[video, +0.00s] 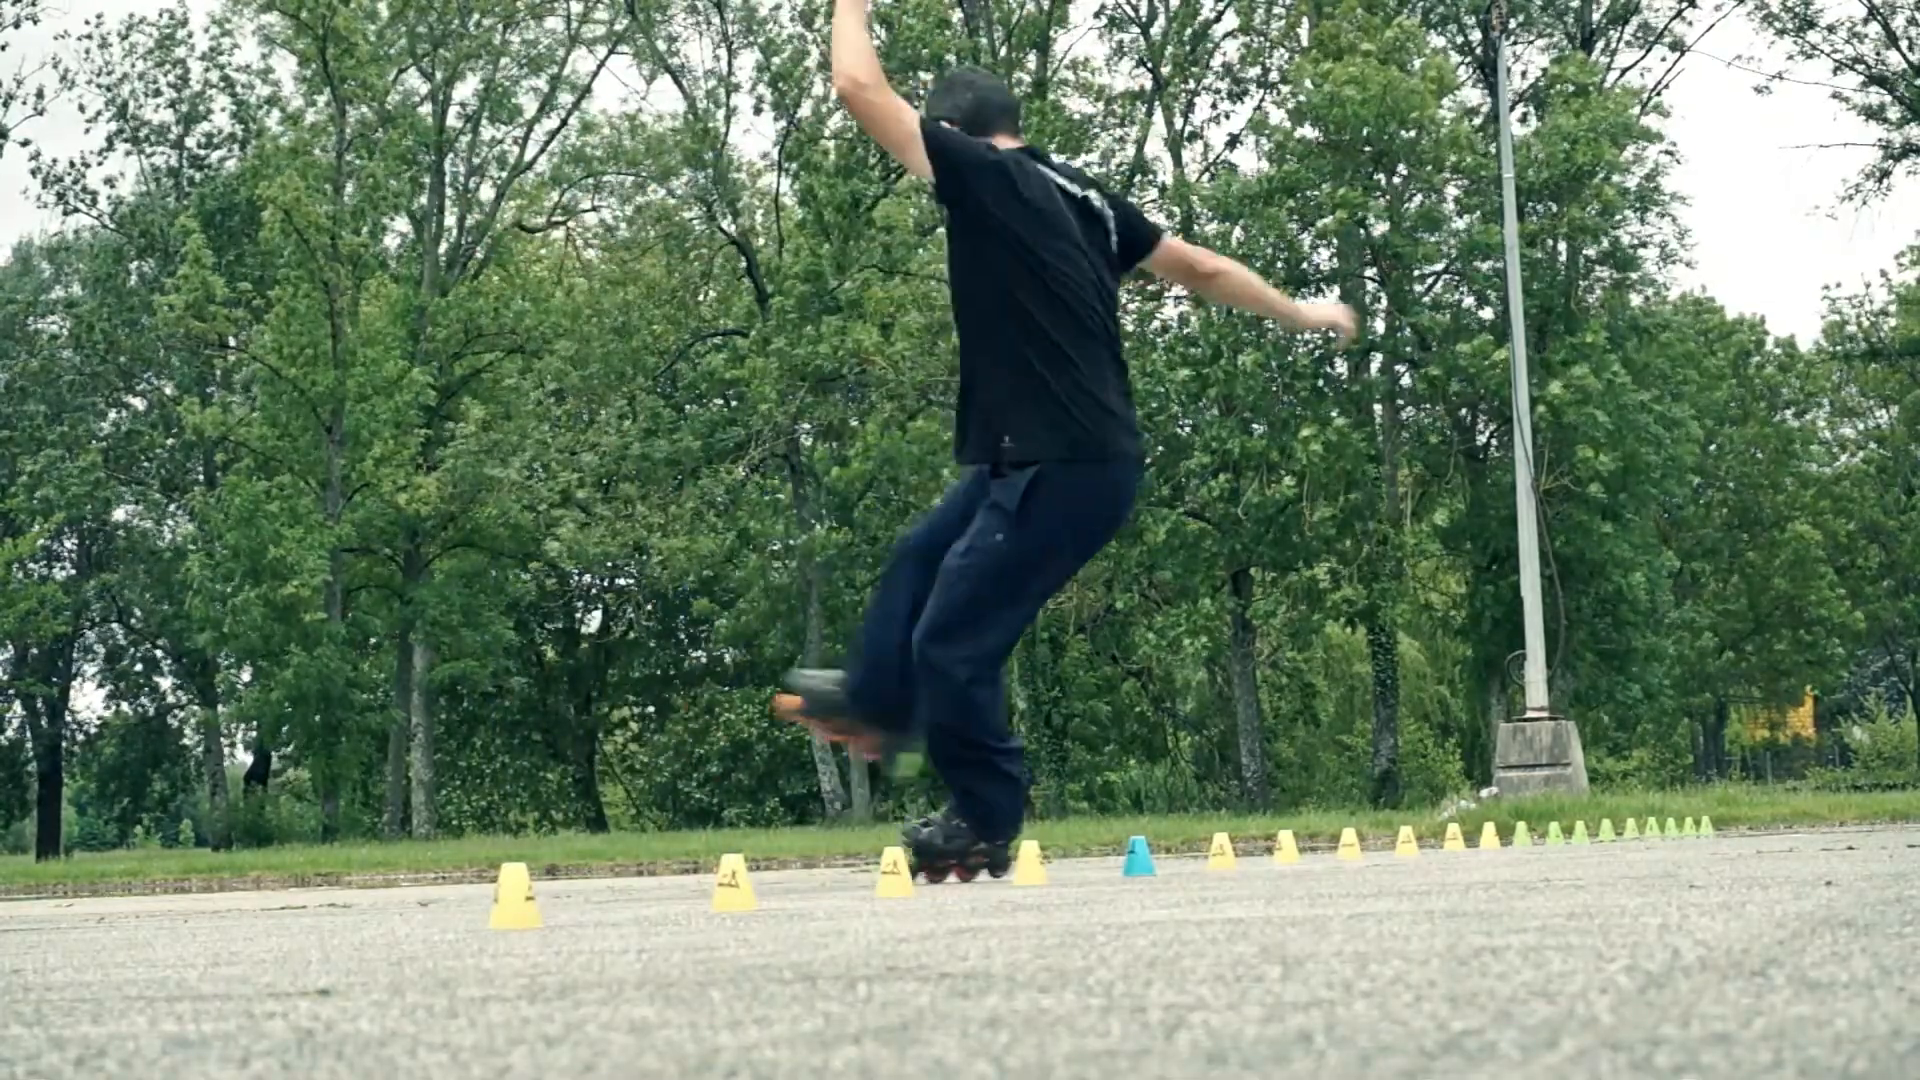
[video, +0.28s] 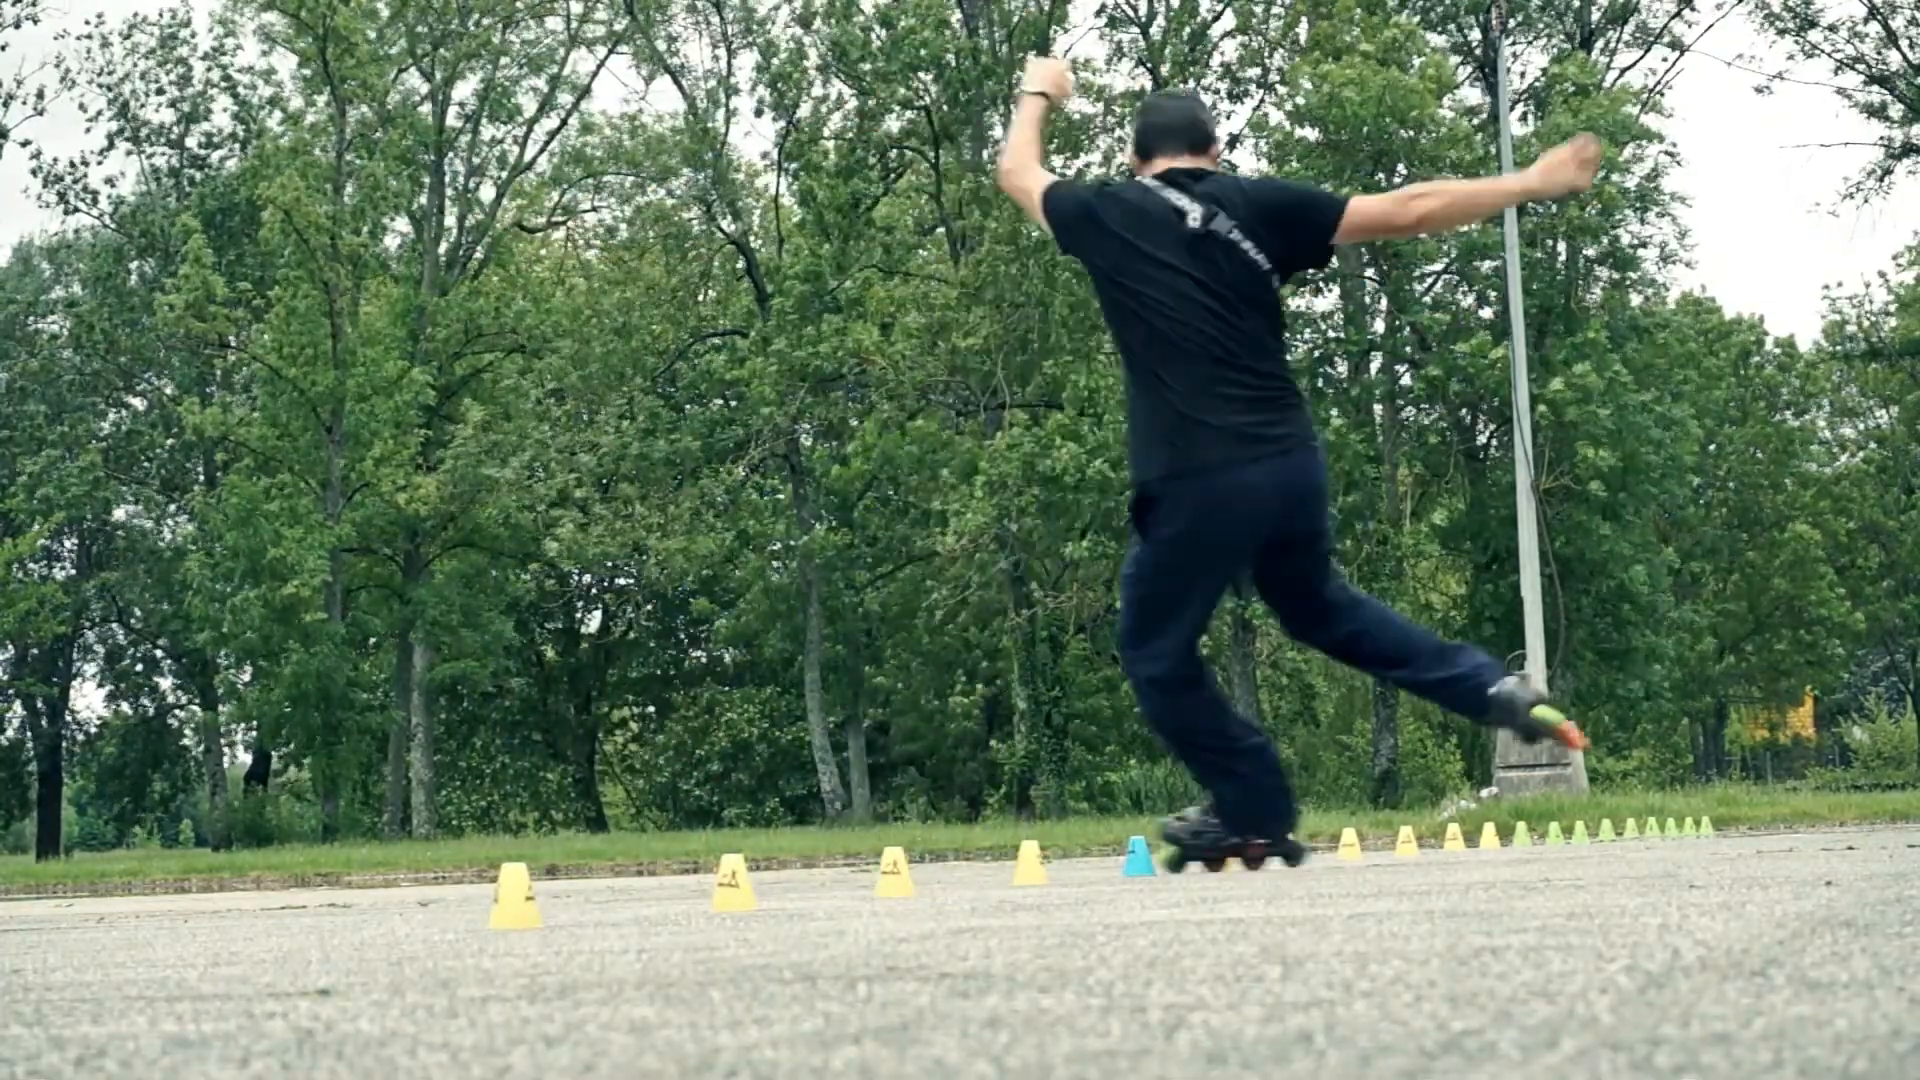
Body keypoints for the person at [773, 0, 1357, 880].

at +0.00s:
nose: (926, 158)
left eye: (930, 144)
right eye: (926, 145)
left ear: (955, 136)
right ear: (1015, 127)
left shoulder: (982, 172)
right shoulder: (1092, 203)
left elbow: (856, 83)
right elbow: (1198, 266)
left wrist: (850, 5)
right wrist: (1296, 310)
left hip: (1063, 468)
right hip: (1026, 462)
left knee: (950, 638)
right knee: (917, 560)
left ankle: (987, 816)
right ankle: (874, 705)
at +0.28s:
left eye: (1138, 156)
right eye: (1204, 148)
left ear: (1137, 159)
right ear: (1214, 150)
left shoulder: (1105, 208)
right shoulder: (1258, 202)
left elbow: (1018, 172)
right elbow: (1405, 211)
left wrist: (1035, 92)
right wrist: (1533, 181)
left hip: (1195, 486)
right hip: (1291, 467)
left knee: (1155, 655)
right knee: (1318, 605)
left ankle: (1253, 809)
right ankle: (1488, 688)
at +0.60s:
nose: (1490, 122)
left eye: (1485, 114)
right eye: (1484, 113)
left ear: (1404, 130)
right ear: (1464, 117)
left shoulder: (1360, 219)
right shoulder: (1492, 149)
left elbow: (1309, 294)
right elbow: (1602, 56)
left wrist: (1314, 285)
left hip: (1426, 450)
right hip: (1530, 425)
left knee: (1504, 645)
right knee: (1591, 608)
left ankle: (1632, 807)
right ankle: (1482, 640)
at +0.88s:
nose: (1696, 95)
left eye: (1694, 84)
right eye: (1686, 83)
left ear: (1613, 78)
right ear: (1636, 76)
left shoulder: (1522, 181)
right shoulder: (1621, 113)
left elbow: (1493, 317)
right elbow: (1772, 72)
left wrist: (1473, 429)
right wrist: (1829, 67)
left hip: (1519, 423)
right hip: (1604, 401)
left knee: (1699, 606)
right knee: (1672, 612)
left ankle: (1800, 775)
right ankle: (1483, 730)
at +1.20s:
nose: (1705, 89)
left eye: (1717, 74)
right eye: (1694, 63)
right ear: (1632, 45)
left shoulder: (1632, 174)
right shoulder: (1562, 89)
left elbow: (1614, 331)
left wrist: (1716, 429)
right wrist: (1740, 203)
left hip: (1591, 428)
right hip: (1511, 413)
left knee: (1688, 582)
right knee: (1610, 607)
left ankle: (1691, 766)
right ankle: (1449, 744)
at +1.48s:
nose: (1487, 47)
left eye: (1510, 28)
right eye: (1470, 24)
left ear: (1544, 22)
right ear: (1445, 15)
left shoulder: (1569, 138)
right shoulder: (1383, 101)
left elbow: (1631, 262)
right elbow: (1256, 161)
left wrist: (1679, 363)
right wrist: (1229, 205)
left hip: (1495, 418)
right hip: (1374, 419)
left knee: (1496, 583)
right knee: (1403, 622)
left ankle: (1370, 774)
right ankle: (1446, 807)